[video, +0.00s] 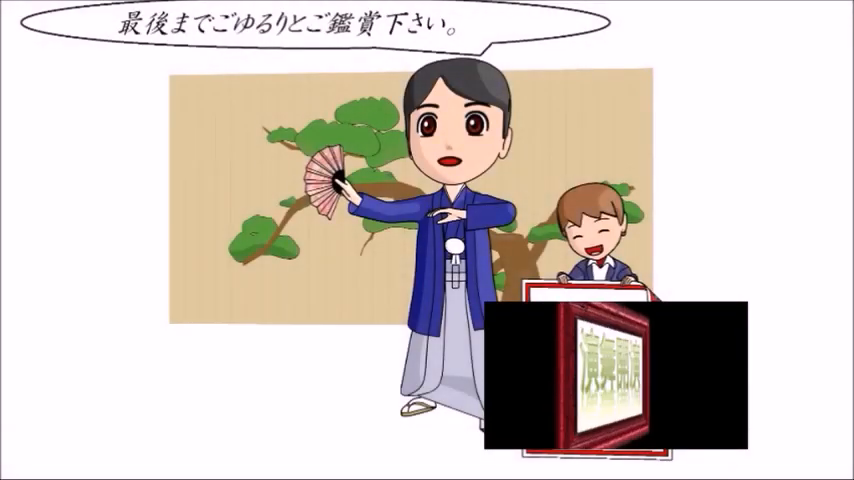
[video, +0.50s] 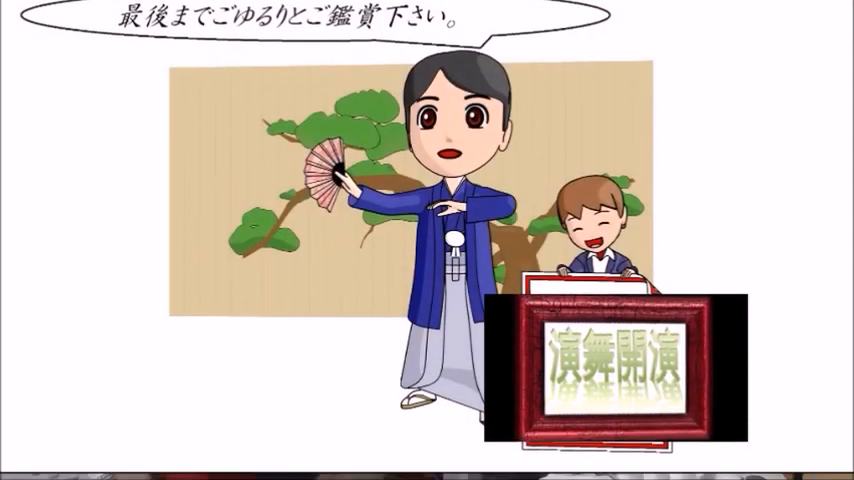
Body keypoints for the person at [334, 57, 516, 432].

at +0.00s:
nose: (449, 143)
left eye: (473, 124)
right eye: (430, 124)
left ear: (503, 143)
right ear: (410, 138)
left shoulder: (480, 203)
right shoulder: (425, 205)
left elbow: (507, 213)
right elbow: (387, 211)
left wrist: (467, 215)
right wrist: (351, 196)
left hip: (472, 290)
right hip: (433, 291)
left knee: (472, 344)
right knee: (429, 342)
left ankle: (482, 399)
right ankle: (427, 392)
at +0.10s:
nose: (449, 144)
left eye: (473, 124)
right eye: (430, 125)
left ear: (502, 143)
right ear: (410, 139)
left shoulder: (480, 203)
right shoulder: (426, 205)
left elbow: (507, 213)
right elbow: (386, 211)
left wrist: (467, 215)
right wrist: (350, 195)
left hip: (472, 290)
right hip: (433, 290)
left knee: (472, 344)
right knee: (430, 341)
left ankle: (481, 398)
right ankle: (428, 392)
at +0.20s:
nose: (449, 144)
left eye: (473, 125)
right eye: (430, 125)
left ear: (502, 144)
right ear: (410, 139)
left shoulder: (480, 203)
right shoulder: (425, 205)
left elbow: (507, 213)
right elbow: (386, 211)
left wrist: (467, 215)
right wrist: (350, 195)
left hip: (472, 289)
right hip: (433, 290)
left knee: (472, 344)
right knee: (430, 341)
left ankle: (481, 398)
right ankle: (428, 392)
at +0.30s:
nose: (449, 144)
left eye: (473, 125)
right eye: (430, 125)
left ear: (502, 144)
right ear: (410, 139)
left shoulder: (480, 204)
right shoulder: (425, 205)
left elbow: (507, 213)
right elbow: (386, 211)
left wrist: (467, 215)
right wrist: (350, 194)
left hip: (472, 289)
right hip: (433, 290)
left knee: (472, 344)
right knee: (430, 341)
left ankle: (482, 398)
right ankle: (428, 392)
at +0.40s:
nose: (449, 144)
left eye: (473, 125)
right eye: (430, 125)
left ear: (502, 144)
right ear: (410, 139)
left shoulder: (480, 204)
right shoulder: (425, 205)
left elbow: (507, 213)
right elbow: (386, 211)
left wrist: (467, 215)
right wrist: (350, 194)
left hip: (472, 289)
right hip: (433, 290)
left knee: (472, 344)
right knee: (430, 341)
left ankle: (482, 398)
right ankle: (428, 392)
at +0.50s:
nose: (449, 136)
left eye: (473, 117)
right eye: (430, 117)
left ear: (503, 136)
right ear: (410, 132)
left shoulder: (480, 196)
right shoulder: (425, 198)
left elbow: (507, 205)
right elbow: (386, 203)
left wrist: (467, 208)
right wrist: (350, 187)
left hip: (472, 282)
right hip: (433, 283)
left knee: (472, 336)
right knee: (429, 334)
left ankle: (482, 391)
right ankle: (428, 384)